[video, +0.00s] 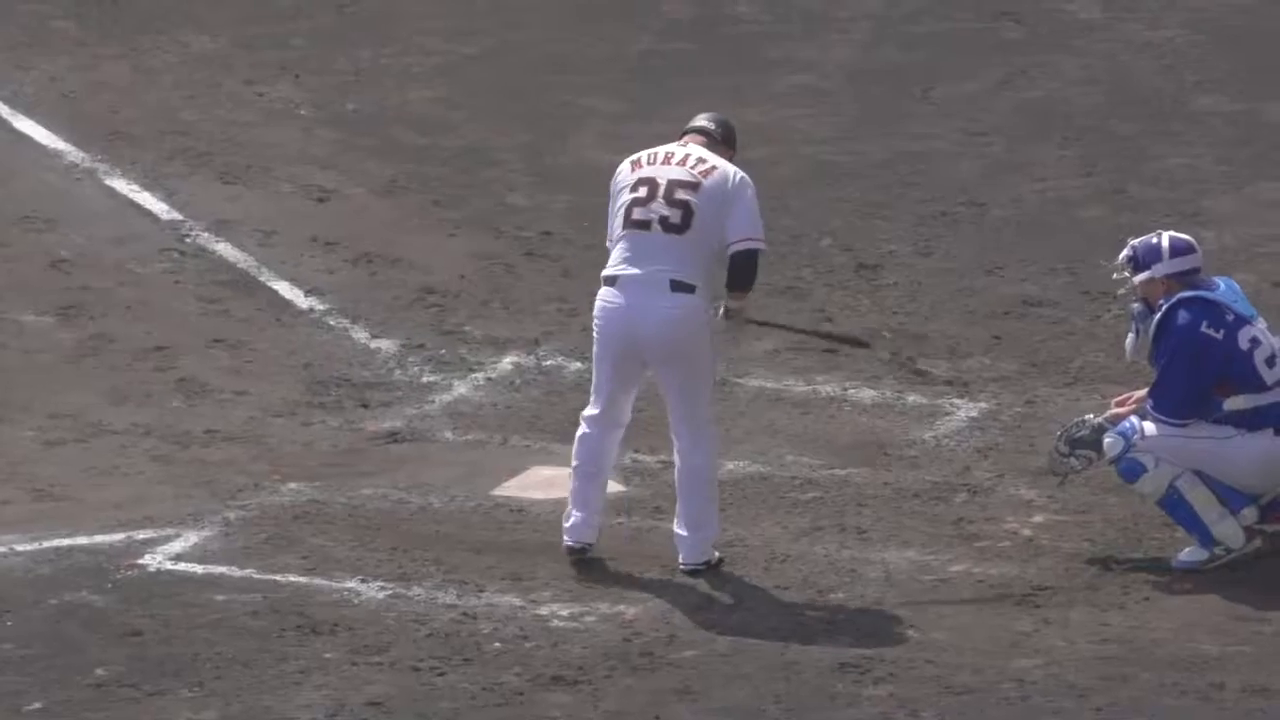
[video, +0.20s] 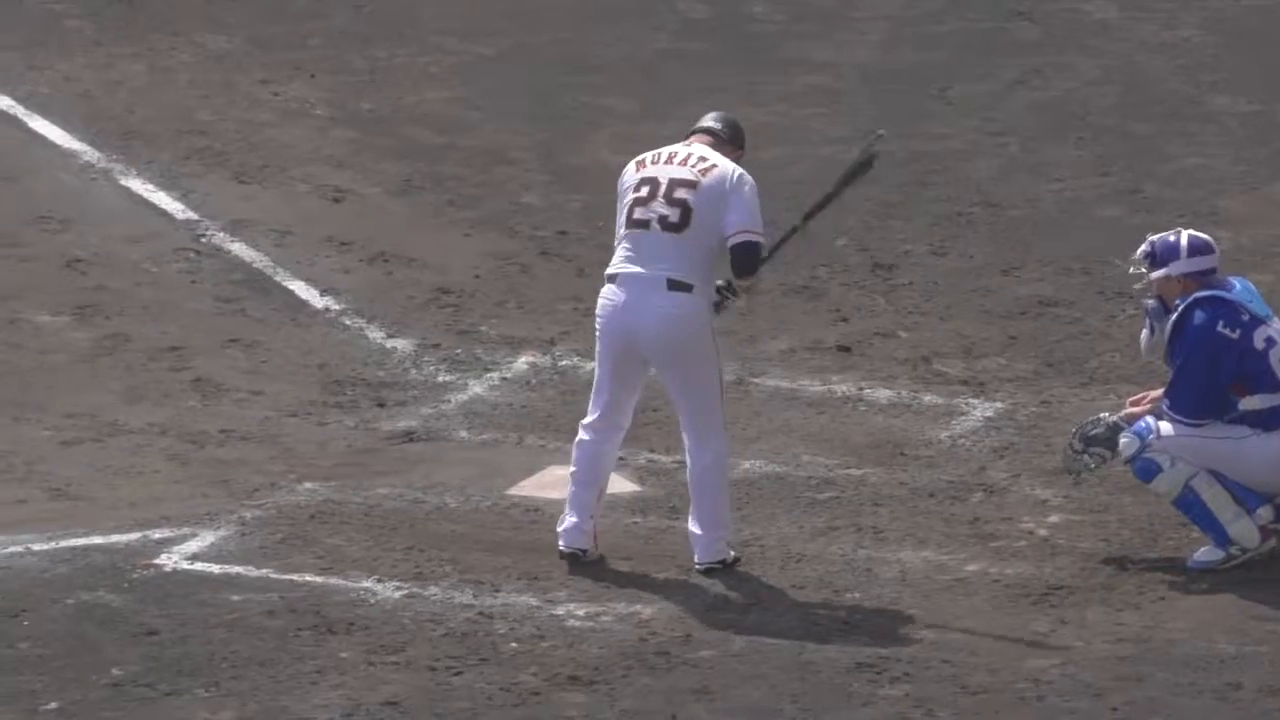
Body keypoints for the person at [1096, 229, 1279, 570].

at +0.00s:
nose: (1135, 290)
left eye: (1140, 282)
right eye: (1135, 282)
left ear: (1163, 283)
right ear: (1189, 275)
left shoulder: (1183, 320)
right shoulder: (1214, 293)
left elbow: (1174, 412)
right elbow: (1206, 384)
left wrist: (1136, 413)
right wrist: (1147, 397)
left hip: (1263, 449)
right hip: (1269, 434)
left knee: (1128, 442)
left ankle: (1225, 540)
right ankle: (1252, 508)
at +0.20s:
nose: (1151, 289)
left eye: (1156, 280)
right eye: (1151, 280)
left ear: (1180, 282)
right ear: (1204, 274)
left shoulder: (1201, 321)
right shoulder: (1233, 291)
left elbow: (1190, 412)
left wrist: (1153, 411)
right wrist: (1164, 395)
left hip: (1270, 448)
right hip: (1272, 432)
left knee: (1144, 443)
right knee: (1166, 424)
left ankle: (1243, 537)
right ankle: (1260, 515)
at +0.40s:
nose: (1173, 272)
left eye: (1179, 264)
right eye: (1174, 263)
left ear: (1202, 270)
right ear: (1226, 265)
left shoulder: (1220, 317)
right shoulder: (1256, 288)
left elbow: (1212, 406)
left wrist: (1157, 407)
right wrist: (1173, 399)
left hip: (1271, 440)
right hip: (1272, 427)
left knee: (1157, 444)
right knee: (1181, 423)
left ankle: (1255, 540)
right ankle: (1269, 514)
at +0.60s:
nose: (1188, 259)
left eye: (1195, 251)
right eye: (1190, 250)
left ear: (1219, 261)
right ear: (1227, 260)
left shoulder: (1240, 312)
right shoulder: (1265, 284)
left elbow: (1209, 397)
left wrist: (1129, 397)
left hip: (1273, 439)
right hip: (1271, 426)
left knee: (1161, 446)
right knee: (1182, 425)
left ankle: (1262, 533)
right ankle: (1269, 508)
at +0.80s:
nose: (1207, 255)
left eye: (1215, 247)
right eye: (1211, 246)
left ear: (1238, 257)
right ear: (1246, 256)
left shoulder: (1254, 307)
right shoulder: (1264, 293)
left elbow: (1199, 390)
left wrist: (1128, 436)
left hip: (1273, 436)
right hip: (1271, 424)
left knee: (1166, 450)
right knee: (1192, 428)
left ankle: (1267, 533)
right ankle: (1270, 512)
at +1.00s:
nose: (1215, 249)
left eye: (1222, 241)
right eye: (1218, 240)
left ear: (1246, 251)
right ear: (1250, 252)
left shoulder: (1257, 305)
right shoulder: (1262, 294)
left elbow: (1194, 384)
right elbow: (1221, 387)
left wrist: (1125, 441)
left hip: (1272, 435)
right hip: (1269, 424)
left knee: (1166, 449)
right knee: (1181, 432)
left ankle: (1266, 531)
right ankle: (1268, 512)